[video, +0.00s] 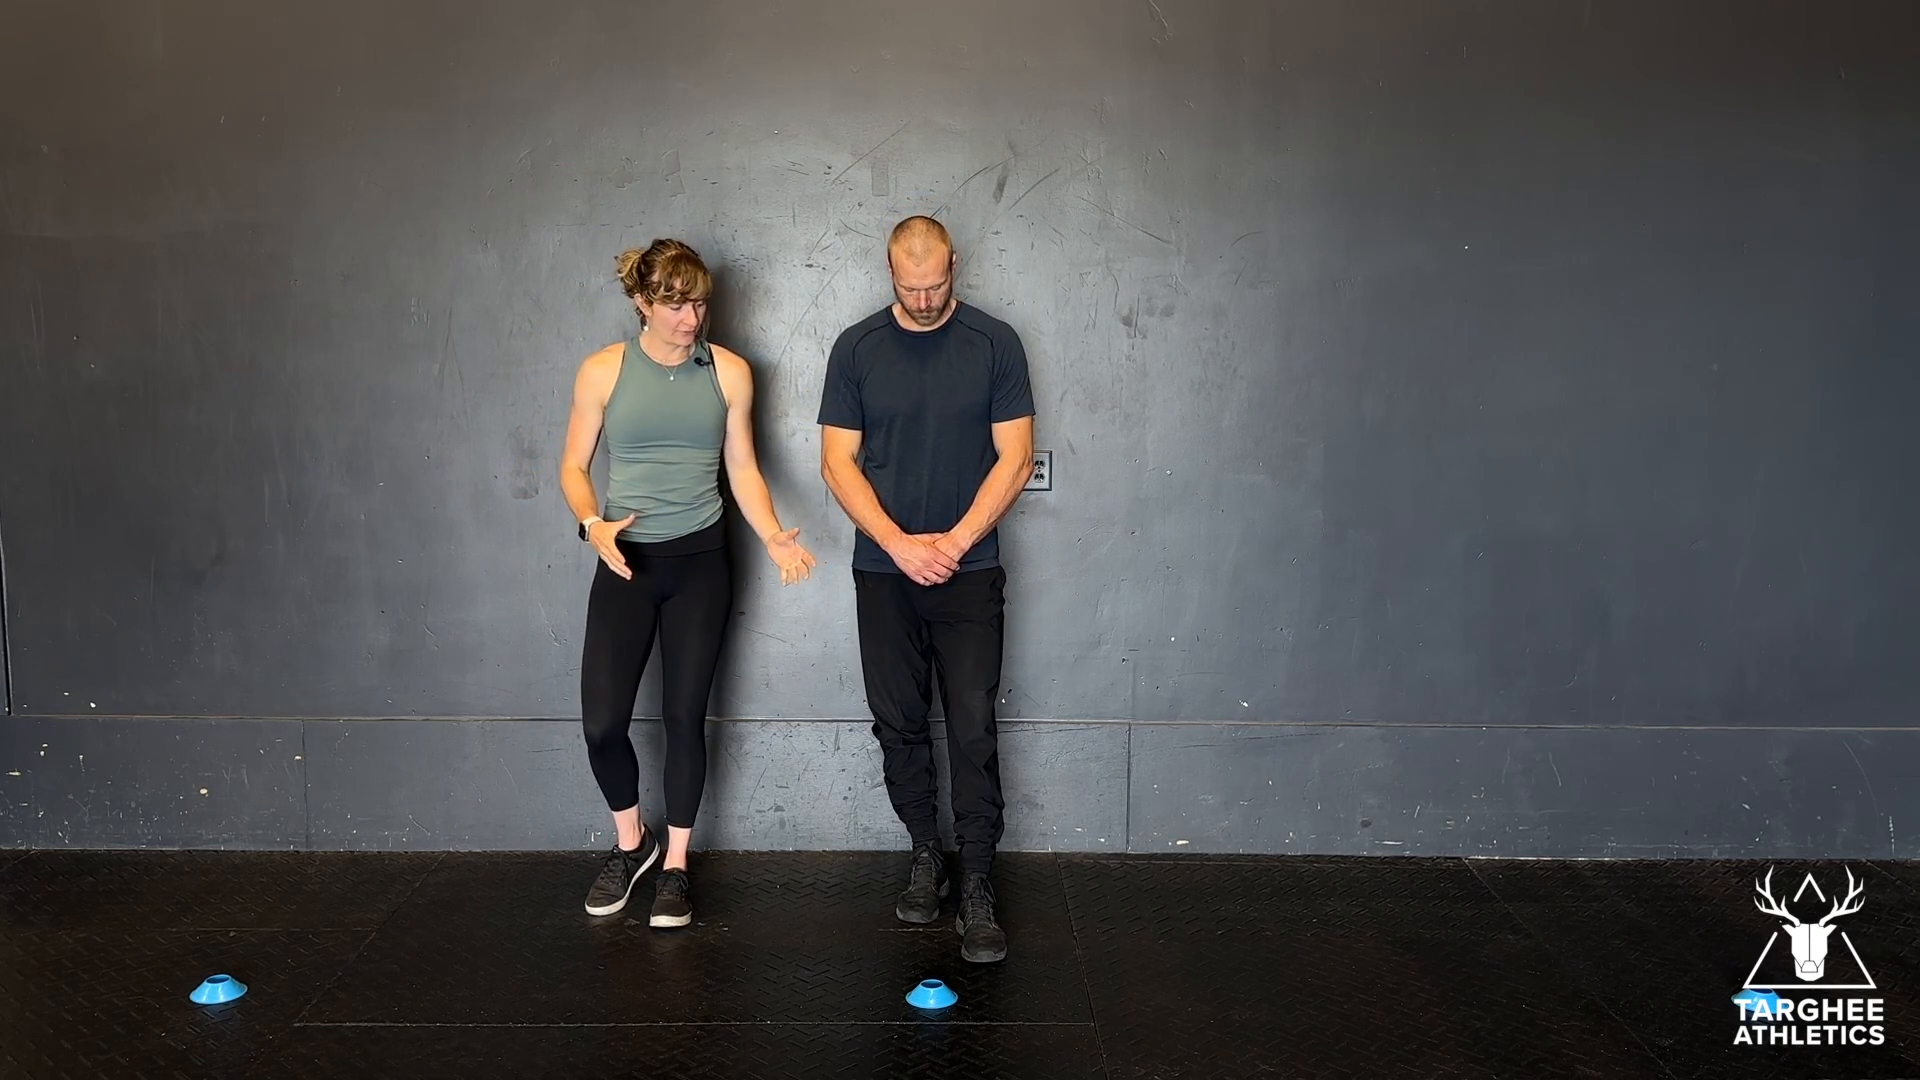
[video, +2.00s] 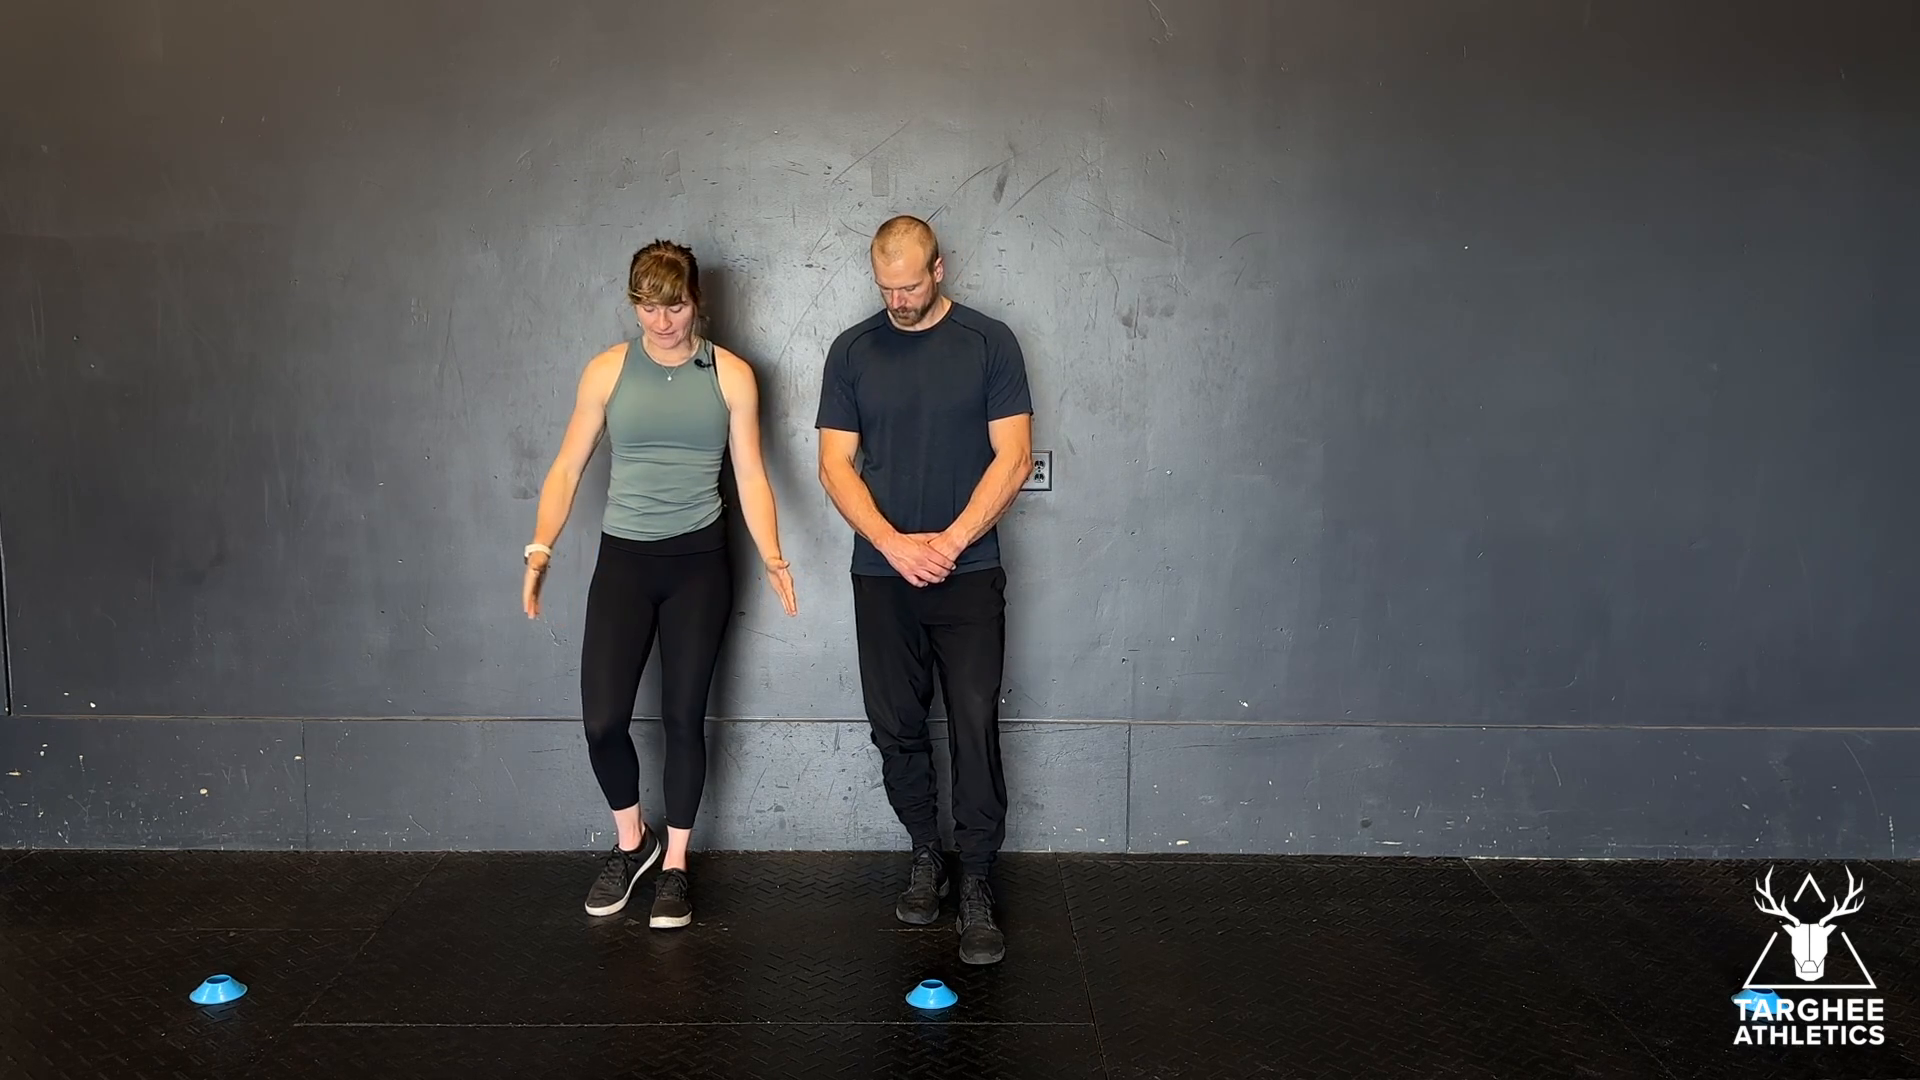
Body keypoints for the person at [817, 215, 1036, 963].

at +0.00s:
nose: (926, 297)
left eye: (936, 284)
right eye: (913, 287)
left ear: (951, 269)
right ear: (892, 275)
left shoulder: (993, 343)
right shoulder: (857, 347)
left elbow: (1017, 460)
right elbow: (837, 465)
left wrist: (953, 542)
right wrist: (896, 541)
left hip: (968, 571)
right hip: (885, 572)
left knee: (971, 731)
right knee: (899, 726)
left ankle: (977, 888)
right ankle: (928, 858)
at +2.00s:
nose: (900, 300)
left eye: (911, 287)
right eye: (888, 288)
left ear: (937, 270)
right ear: (872, 277)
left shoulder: (988, 342)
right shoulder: (852, 351)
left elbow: (1014, 459)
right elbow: (834, 467)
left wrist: (950, 541)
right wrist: (890, 541)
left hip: (968, 572)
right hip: (883, 573)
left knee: (974, 727)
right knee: (897, 728)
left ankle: (977, 884)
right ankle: (929, 858)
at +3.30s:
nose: (924, 302)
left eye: (934, 289)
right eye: (911, 291)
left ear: (946, 272)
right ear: (886, 275)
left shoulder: (985, 340)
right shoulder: (849, 349)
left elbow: (1012, 456)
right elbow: (832, 464)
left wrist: (952, 539)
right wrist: (890, 539)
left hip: (966, 569)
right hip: (883, 572)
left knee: (969, 724)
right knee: (898, 725)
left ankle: (976, 883)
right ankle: (929, 859)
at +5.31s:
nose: (978, 274)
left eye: (990, 261)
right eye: (967, 263)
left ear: (1014, 257)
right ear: (955, 263)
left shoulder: (1056, 339)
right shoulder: (925, 341)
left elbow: (1079, 449)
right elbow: (906, 450)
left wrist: (1021, 526)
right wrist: (965, 523)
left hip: (1031, 551)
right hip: (949, 550)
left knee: (1017, 701)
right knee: (943, 703)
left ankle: (992, 831)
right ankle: (943, 848)